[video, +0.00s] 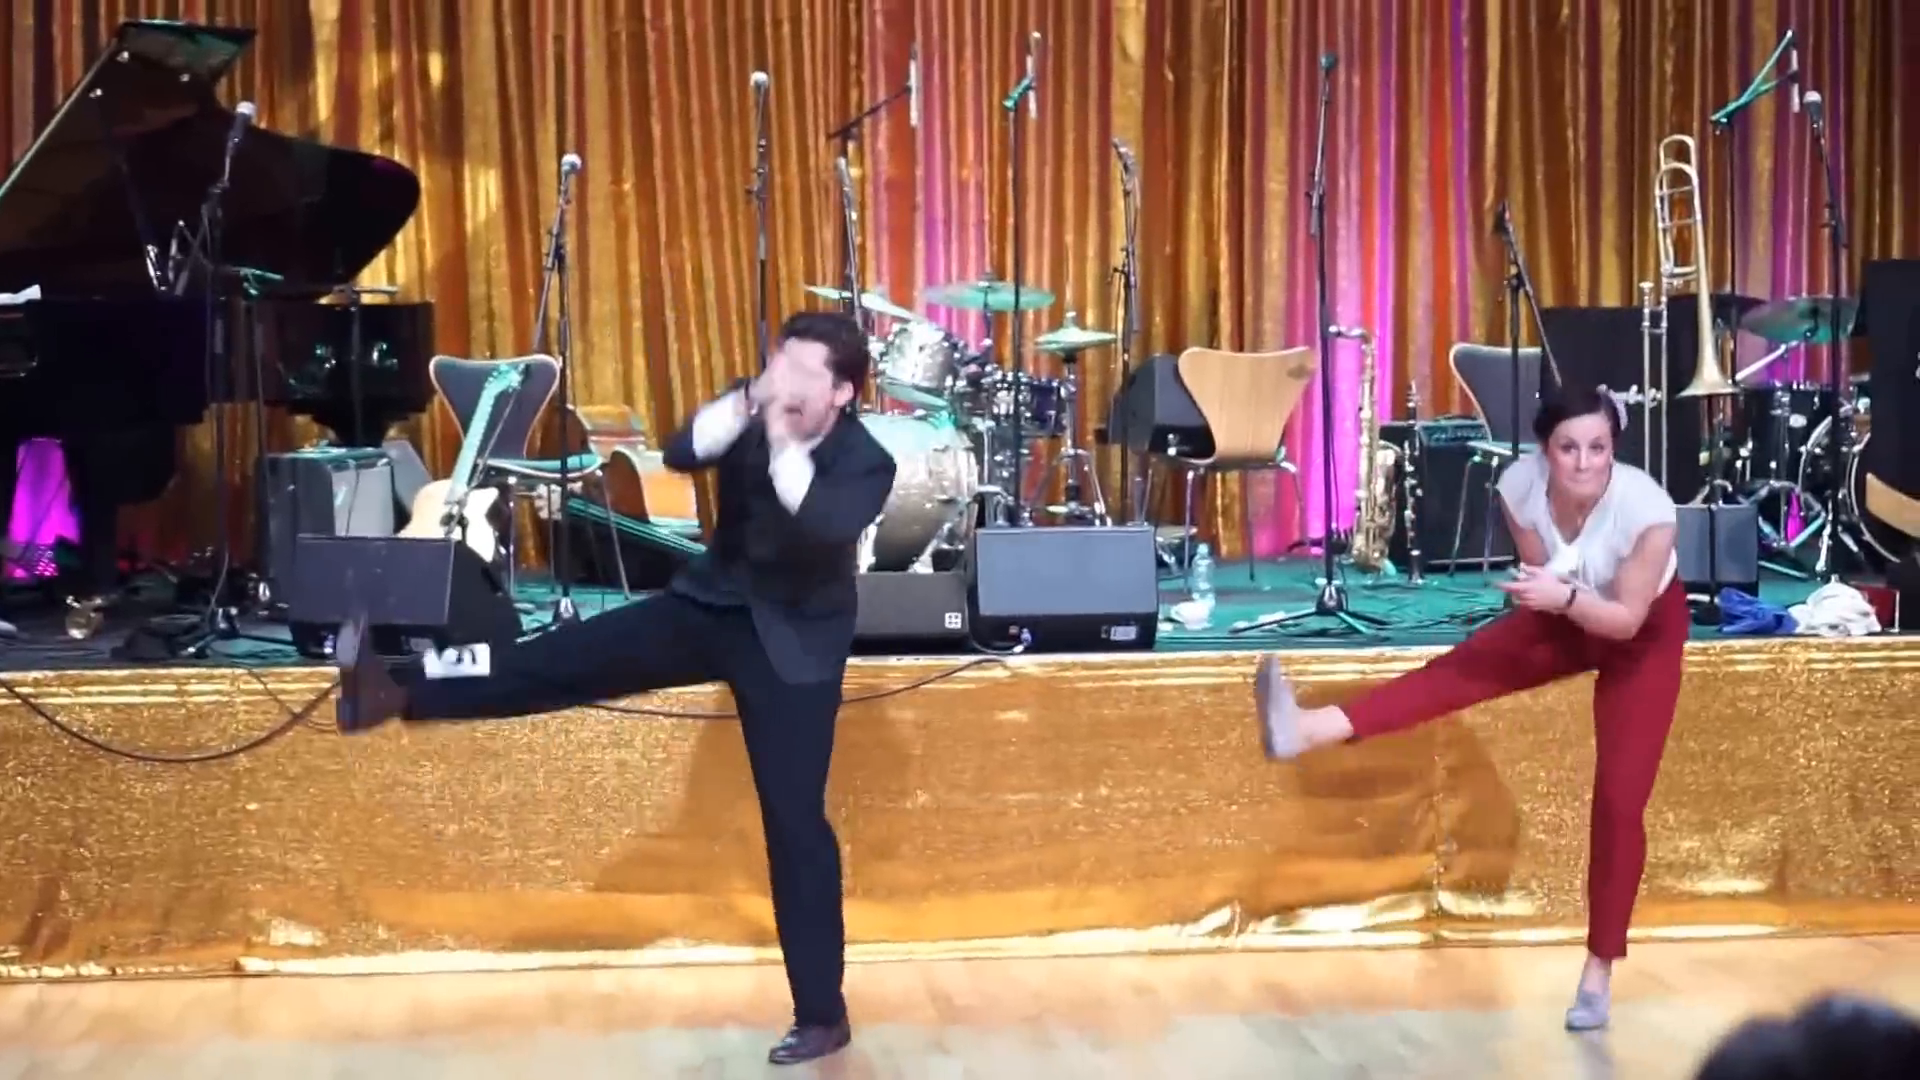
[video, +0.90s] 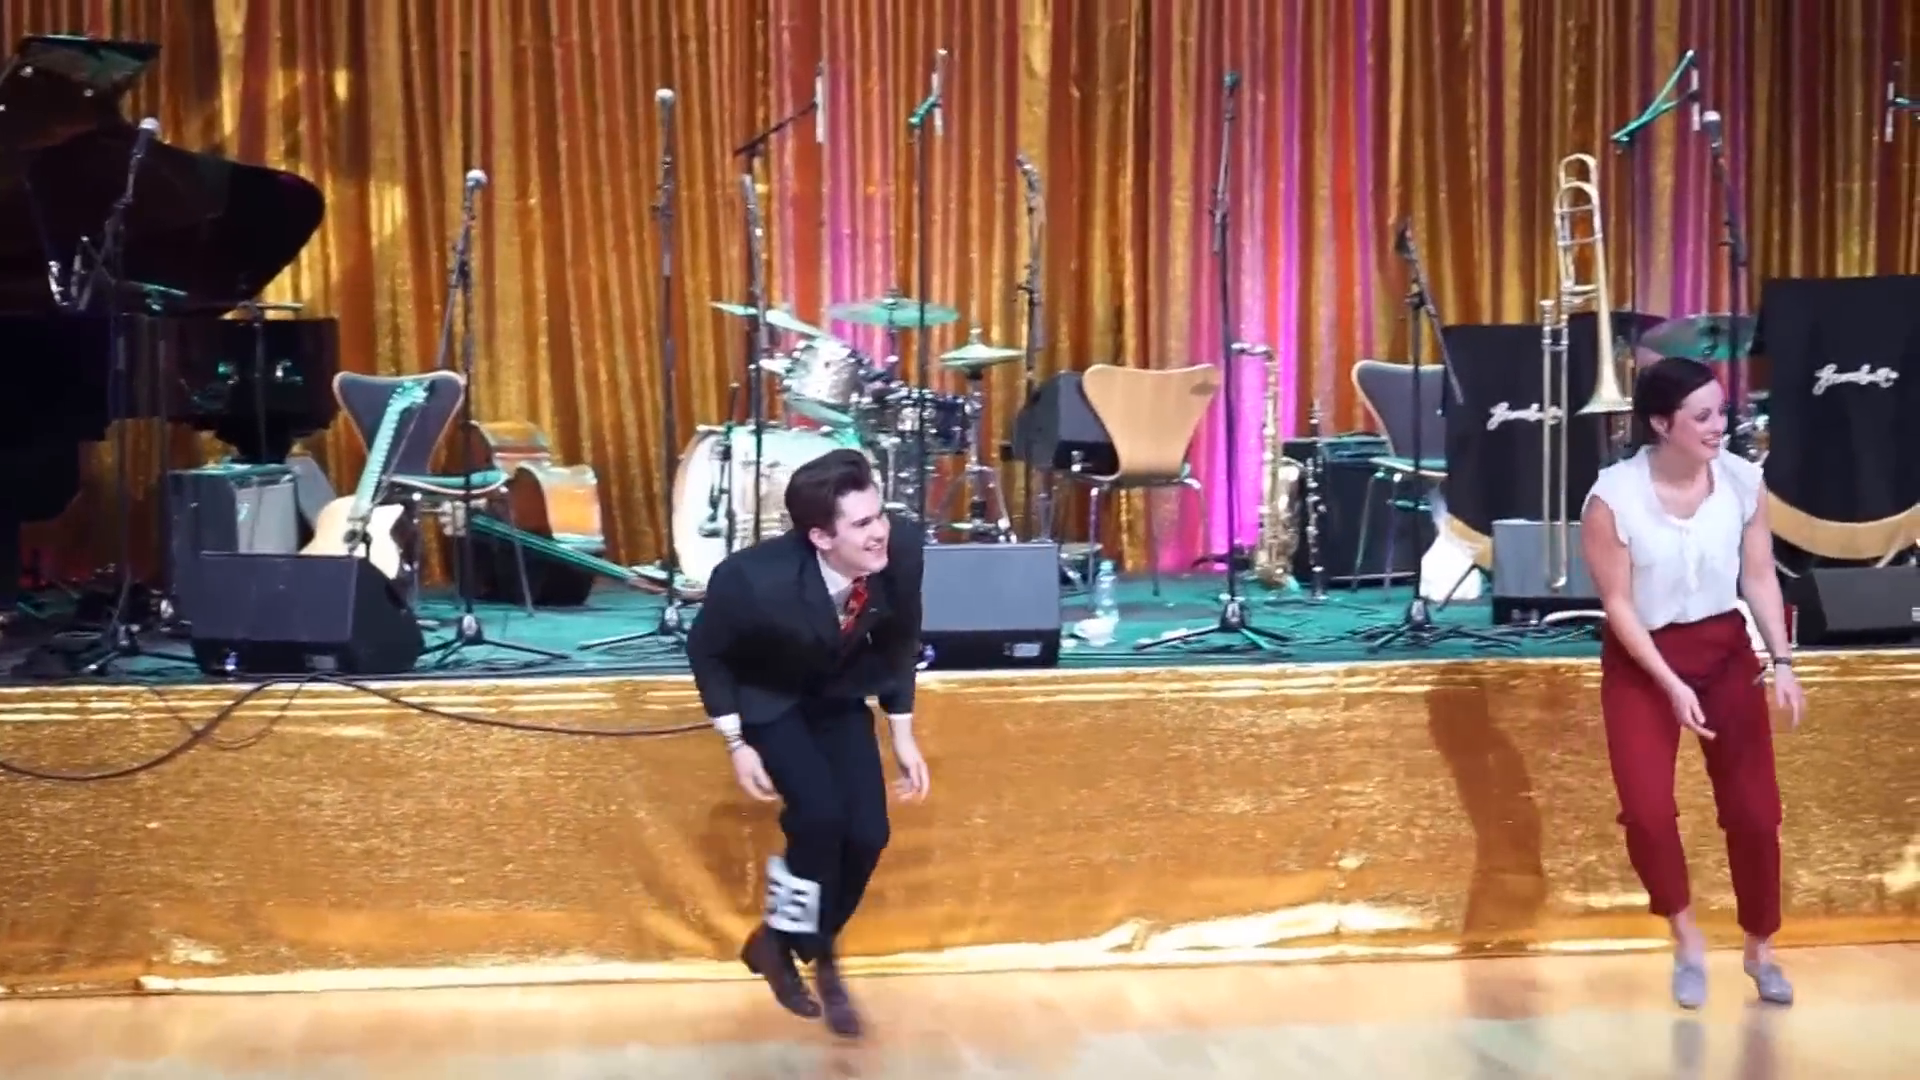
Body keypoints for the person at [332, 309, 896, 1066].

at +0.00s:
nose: (781, 391)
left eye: (800, 383)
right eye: (778, 374)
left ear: (844, 392)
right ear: (770, 367)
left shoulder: (865, 460)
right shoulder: (752, 411)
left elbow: (828, 522)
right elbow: (682, 455)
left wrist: (783, 443)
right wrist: (743, 407)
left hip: (792, 647)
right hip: (706, 609)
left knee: (794, 822)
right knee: (563, 661)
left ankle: (822, 1017)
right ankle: (397, 694)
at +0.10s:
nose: (806, 423)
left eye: (825, 411)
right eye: (797, 405)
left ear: (850, 417)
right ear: (778, 399)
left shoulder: (862, 498)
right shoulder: (726, 434)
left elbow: (828, 617)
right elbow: (665, 541)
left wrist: (758, 558)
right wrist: (700, 526)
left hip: (786, 654)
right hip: (697, 608)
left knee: (792, 823)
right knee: (572, 643)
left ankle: (783, 1010)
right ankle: (434, 770)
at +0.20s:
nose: (815, 461)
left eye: (831, 448)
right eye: (803, 443)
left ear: (849, 451)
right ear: (776, 437)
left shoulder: (857, 530)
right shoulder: (713, 475)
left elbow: (853, 646)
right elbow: (656, 569)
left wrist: (810, 747)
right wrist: (627, 679)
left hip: (780, 663)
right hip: (690, 634)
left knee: (778, 806)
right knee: (597, 718)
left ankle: (710, 988)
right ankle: (592, 888)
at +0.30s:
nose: (829, 516)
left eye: (841, 500)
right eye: (815, 499)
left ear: (853, 502)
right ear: (780, 495)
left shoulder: (853, 578)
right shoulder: (711, 534)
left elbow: (849, 701)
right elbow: (649, 644)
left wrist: (853, 830)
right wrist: (592, 762)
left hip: (769, 713)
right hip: (675, 698)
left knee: (758, 854)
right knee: (643, 843)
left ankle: (669, 1020)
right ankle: (730, 960)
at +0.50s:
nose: (843, 553)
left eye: (850, 536)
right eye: (828, 538)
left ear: (859, 535)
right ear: (784, 540)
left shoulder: (854, 588)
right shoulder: (700, 577)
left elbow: (835, 665)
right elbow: (641, 652)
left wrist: (822, 731)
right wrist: (630, 729)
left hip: (771, 698)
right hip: (681, 699)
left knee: (811, 819)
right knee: (694, 846)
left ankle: (734, 971)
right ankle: (687, 975)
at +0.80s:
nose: (875, 541)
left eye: (877, 524)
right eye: (858, 532)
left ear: (885, 519)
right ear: (813, 541)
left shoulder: (888, 563)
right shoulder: (742, 590)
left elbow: (874, 655)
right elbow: (669, 655)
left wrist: (861, 735)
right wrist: (677, 752)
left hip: (818, 710)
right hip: (733, 706)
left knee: (846, 850)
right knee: (759, 838)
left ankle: (778, 976)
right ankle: (654, 956)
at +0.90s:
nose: (879, 532)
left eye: (880, 515)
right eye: (862, 524)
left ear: (887, 510)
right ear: (819, 536)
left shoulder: (901, 551)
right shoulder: (750, 581)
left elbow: (900, 642)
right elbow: (705, 651)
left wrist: (902, 733)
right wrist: (735, 742)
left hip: (839, 695)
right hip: (765, 699)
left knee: (869, 832)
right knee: (821, 814)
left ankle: (785, 943)